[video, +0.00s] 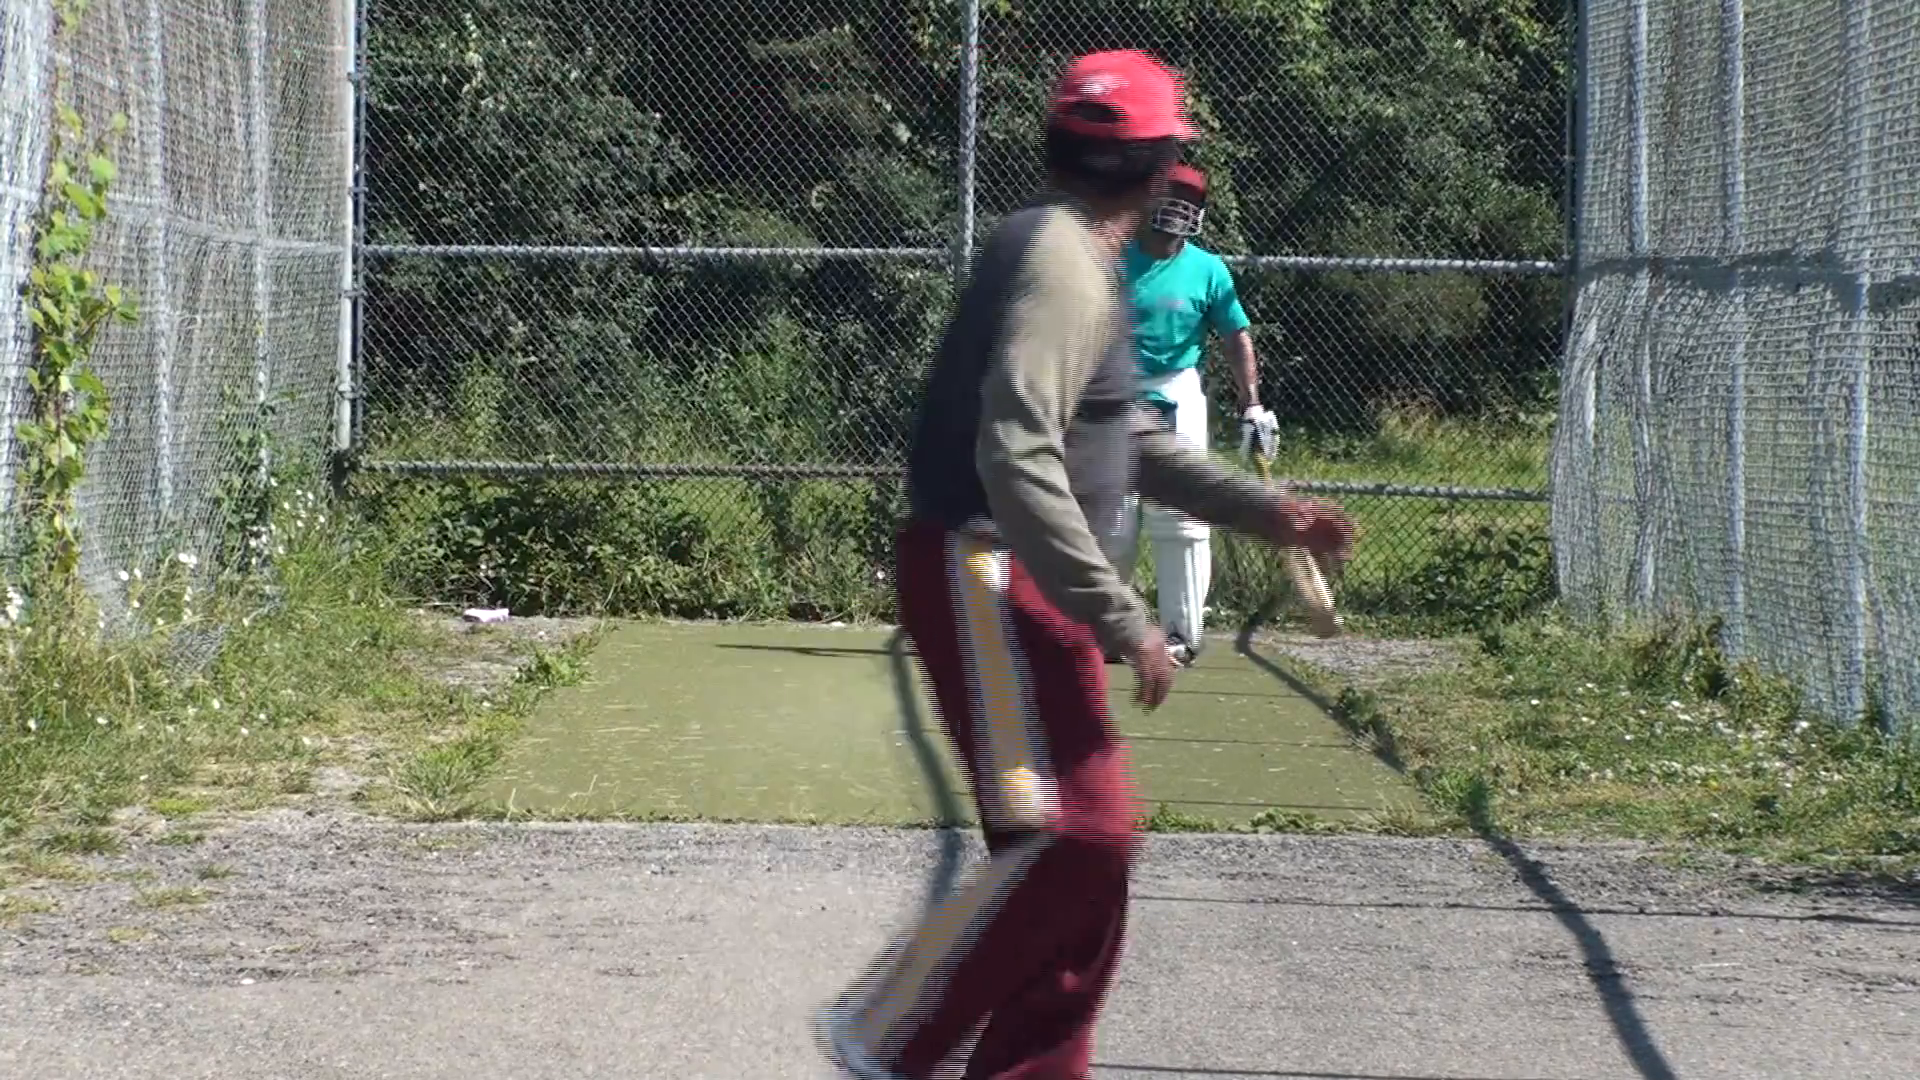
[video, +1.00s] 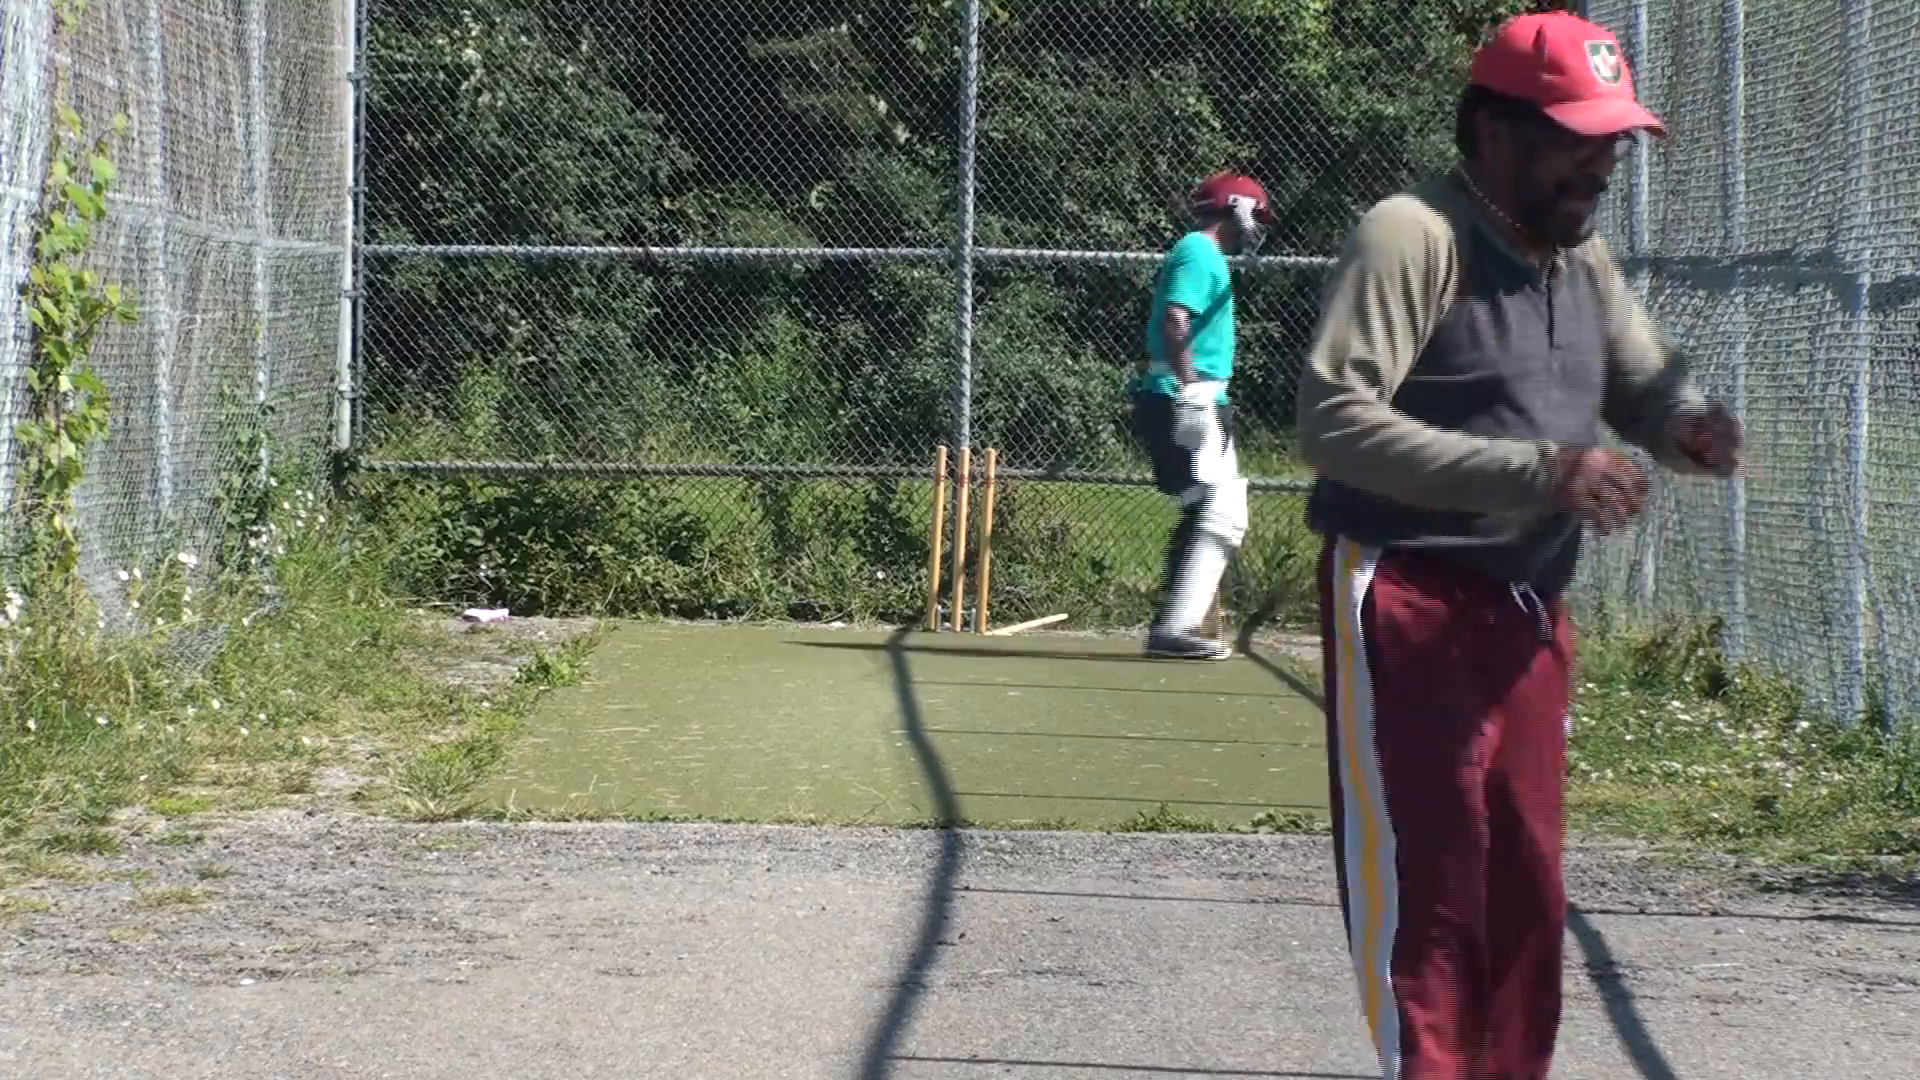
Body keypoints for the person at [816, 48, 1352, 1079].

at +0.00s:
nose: (1181, 173)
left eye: (1180, 155)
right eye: (1173, 155)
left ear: (1082, 156)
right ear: (1144, 165)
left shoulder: (1086, 260)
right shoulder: (1055, 256)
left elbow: (1129, 443)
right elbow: (1016, 452)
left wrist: (1260, 504)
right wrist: (1120, 614)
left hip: (1027, 563)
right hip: (976, 564)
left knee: (1095, 835)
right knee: (1061, 832)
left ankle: (1030, 1065)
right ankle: (876, 1044)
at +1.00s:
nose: (1599, 168)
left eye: (1610, 145)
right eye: (1575, 142)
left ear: (1615, 145)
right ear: (1493, 135)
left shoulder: (1583, 258)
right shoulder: (1407, 238)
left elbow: (1641, 386)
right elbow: (1336, 420)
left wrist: (1681, 425)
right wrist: (1541, 470)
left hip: (1529, 608)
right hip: (1405, 604)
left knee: (1528, 893)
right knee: (1424, 896)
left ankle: (1509, 1068)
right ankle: (1430, 1069)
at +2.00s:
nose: (1878, 106)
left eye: (1874, 81)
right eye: (1861, 79)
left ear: (1797, 99)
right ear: (1796, 92)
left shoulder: (1816, 253)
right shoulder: (1663, 214)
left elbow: (1872, 431)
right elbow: (1565, 436)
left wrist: (1910, 516)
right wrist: (1674, 657)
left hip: (1783, 631)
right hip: (1679, 617)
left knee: (1790, 943)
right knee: (1724, 951)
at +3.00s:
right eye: (1856, 73)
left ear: (1722, 84)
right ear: (1863, 95)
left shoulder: (1620, 215)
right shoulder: (1906, 223)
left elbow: (1529, 472)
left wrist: (1612, 636)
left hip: (1661, 627)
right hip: (1865, 640)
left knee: (1621, 985)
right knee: (1872, 985)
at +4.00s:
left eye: (1659, 61)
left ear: (1667, 72)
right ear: (1817, 68)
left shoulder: (1593, 218)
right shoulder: (1899, 199)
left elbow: (1500, 482)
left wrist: (1583, 658)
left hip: (1685, 637)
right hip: (1887, 637)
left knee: (1674, 994)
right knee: (1883, 990)